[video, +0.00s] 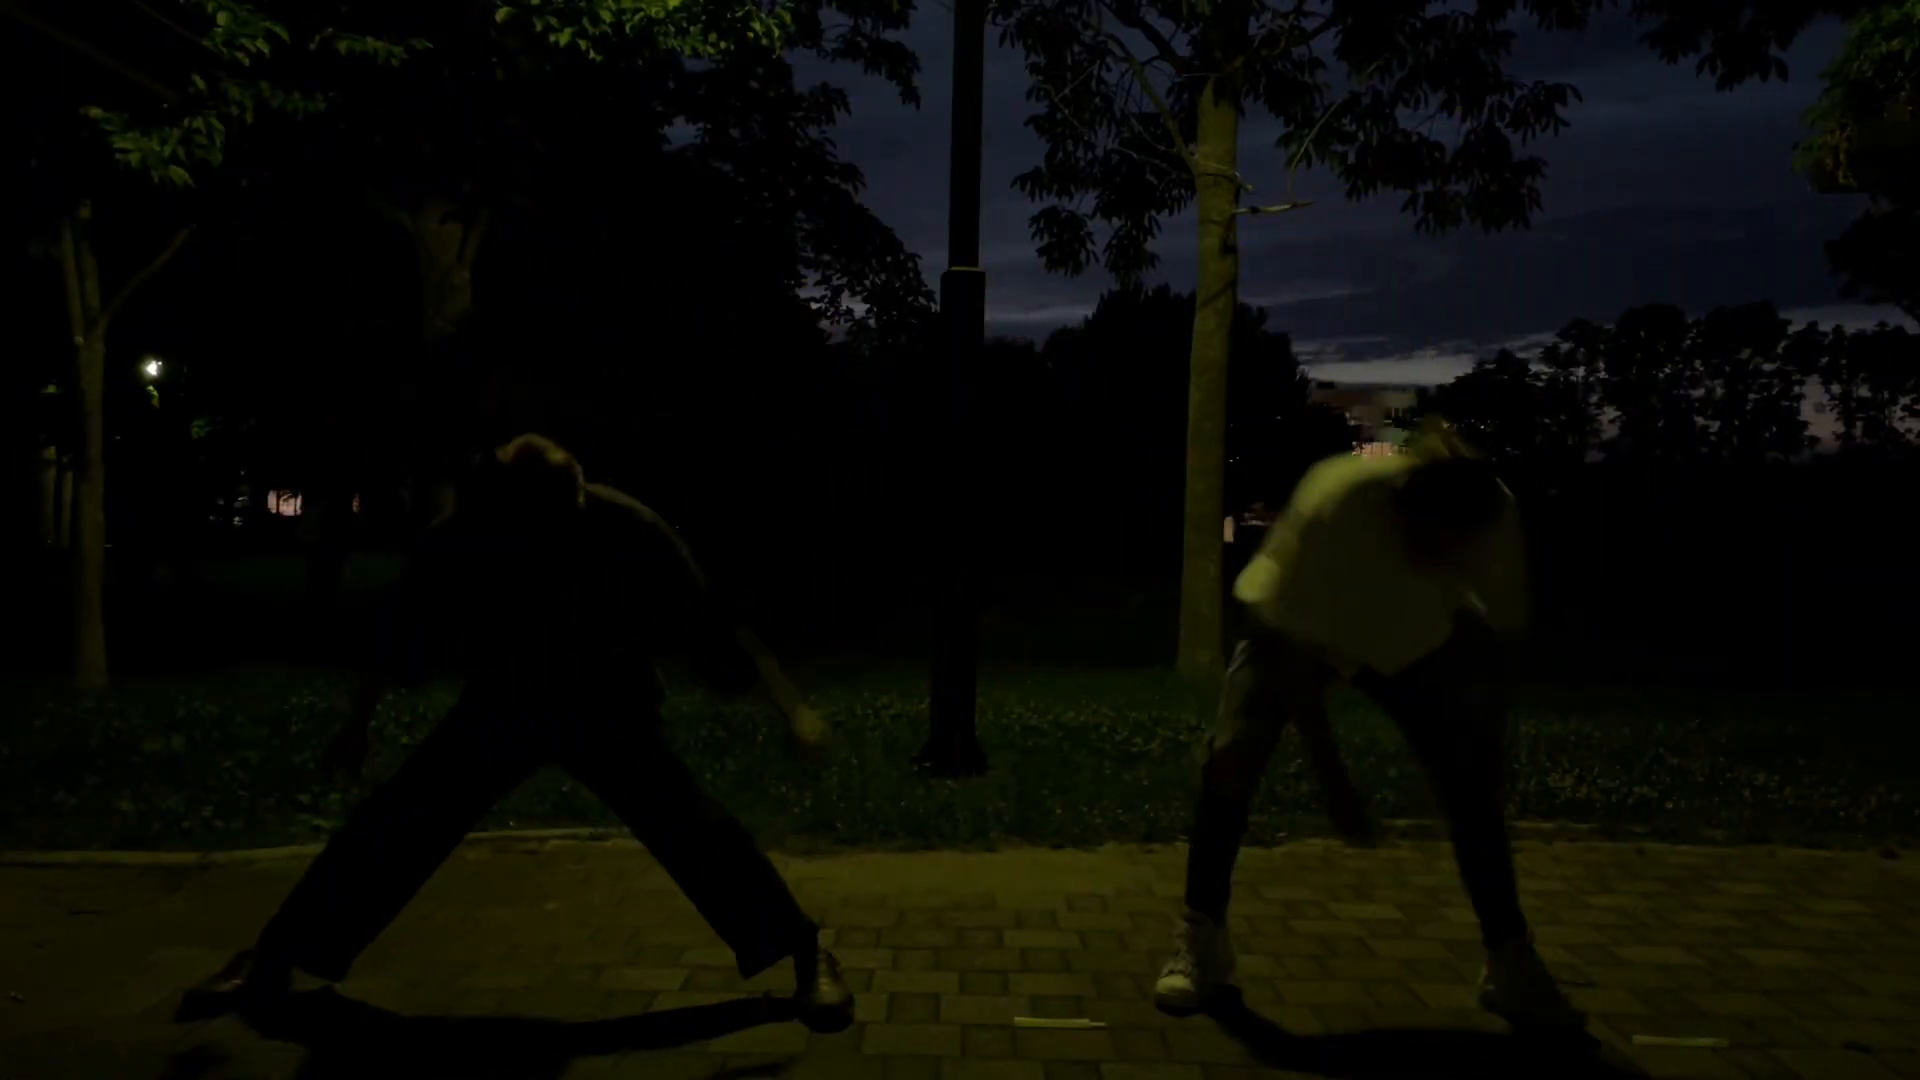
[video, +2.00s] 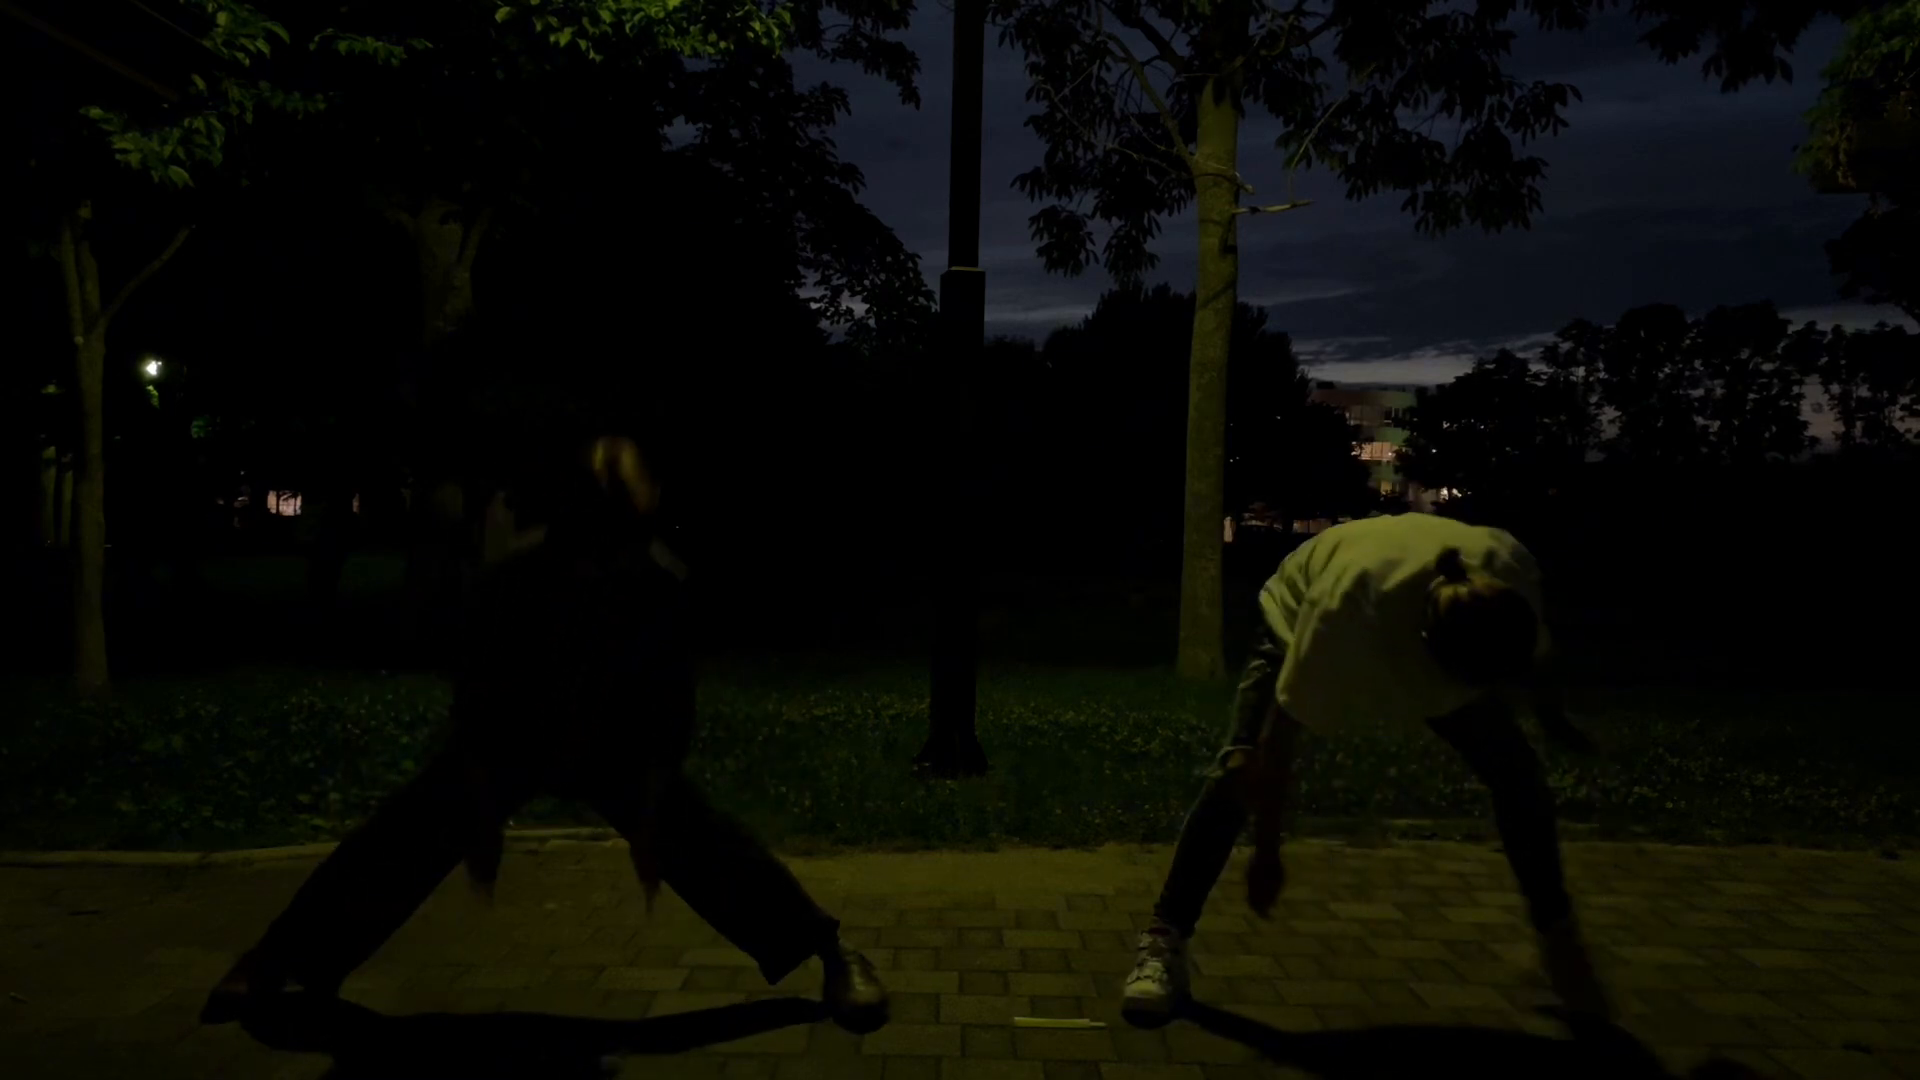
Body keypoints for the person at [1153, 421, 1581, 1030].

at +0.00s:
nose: (1448, 552)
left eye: (1462, 539)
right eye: (1441, 536)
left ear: (1480, 514)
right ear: (1408, 507)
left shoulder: (1490, 517)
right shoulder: (1334, 502)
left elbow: (1505, 639)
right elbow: (1281, 638)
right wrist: (1334, 785)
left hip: (1414, 632)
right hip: (1299, 624)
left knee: (1473, 789)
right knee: (1231, 760)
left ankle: (1511, 964)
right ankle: (1200, 942)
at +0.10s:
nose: (1465, 601)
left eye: (1478, 591)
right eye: (1459, 587)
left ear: (1502, 564)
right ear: (1434, 549)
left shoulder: (1518, 558)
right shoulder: (1357, 541)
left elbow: (1528, 684)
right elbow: (1326, 714)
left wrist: (1530, 782)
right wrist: (1356, 841)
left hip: (1416, 640)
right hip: (1310, 622)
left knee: (1484, 783)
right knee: (1238, 751)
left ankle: (1511, 962)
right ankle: (1182, 931)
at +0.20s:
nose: (1496, 687)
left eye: (1506, 677)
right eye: (1487, 674)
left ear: (1526, 634)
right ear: (1458, 630)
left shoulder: (1532, 615)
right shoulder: (1384, 612)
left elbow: (1554, 741)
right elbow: (1348, 783)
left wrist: (1573, 847)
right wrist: (1375, 917)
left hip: (1421, 651)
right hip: (1308, 627)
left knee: (1496, 792)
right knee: (1241, 773)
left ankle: (1512, 963)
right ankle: (1165, 945)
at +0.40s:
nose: (1504, 768)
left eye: (1520, 759)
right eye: (1495, 755)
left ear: (1544, 721)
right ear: (1468, 716)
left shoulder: (1542, 687)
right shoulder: (1387, 687)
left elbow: (1570, 807)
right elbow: (1350, 850)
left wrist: (1606, 916)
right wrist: (1375, 986)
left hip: (1421, 604)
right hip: (1311, 615)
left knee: (1505, 797)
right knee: (1242, 776)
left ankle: (1513, 968)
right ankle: (1165, 950)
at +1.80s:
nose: (1513, 756)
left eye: (1528, 747)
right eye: (1504, 745)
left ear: (1552, 701)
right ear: (1474, 704)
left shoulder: (1550, 666)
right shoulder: (1389, 662)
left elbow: (1602, 773)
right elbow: (1302, 781)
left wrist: (1634, 871)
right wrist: (1314, 909)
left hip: (1444, 604)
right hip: (1326, 616)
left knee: (1518, 789)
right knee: (1256, 774)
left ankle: (1515, 967)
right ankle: (1166, 946)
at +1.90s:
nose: (1492, 719)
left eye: (1508, 706)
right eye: (1484, 703)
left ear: (1533, 668)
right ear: (1458, 663)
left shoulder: (1542, 637)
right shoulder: (1373, 633)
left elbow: (1580, 731)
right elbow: (1291, 750)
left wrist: (1610, 805)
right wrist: (1298, 888)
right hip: (1315, 613)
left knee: (1504, 787)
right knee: (1249, 770)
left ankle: (1515, 965)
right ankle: (1165, 945)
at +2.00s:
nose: (1478, 683)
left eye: (1488, 673)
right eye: (1469, 671)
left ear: (1516, 620)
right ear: (1440, 620)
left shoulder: (1512, 572)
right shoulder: (1354, 594)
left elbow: (1536, 669)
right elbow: (1281, 731)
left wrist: (1558, 725)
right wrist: (1267, 853)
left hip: (1422, 641)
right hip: (1304, 624)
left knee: (1518, 778)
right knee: (1241, 772)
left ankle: (1562, 951)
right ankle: (1164, 943)